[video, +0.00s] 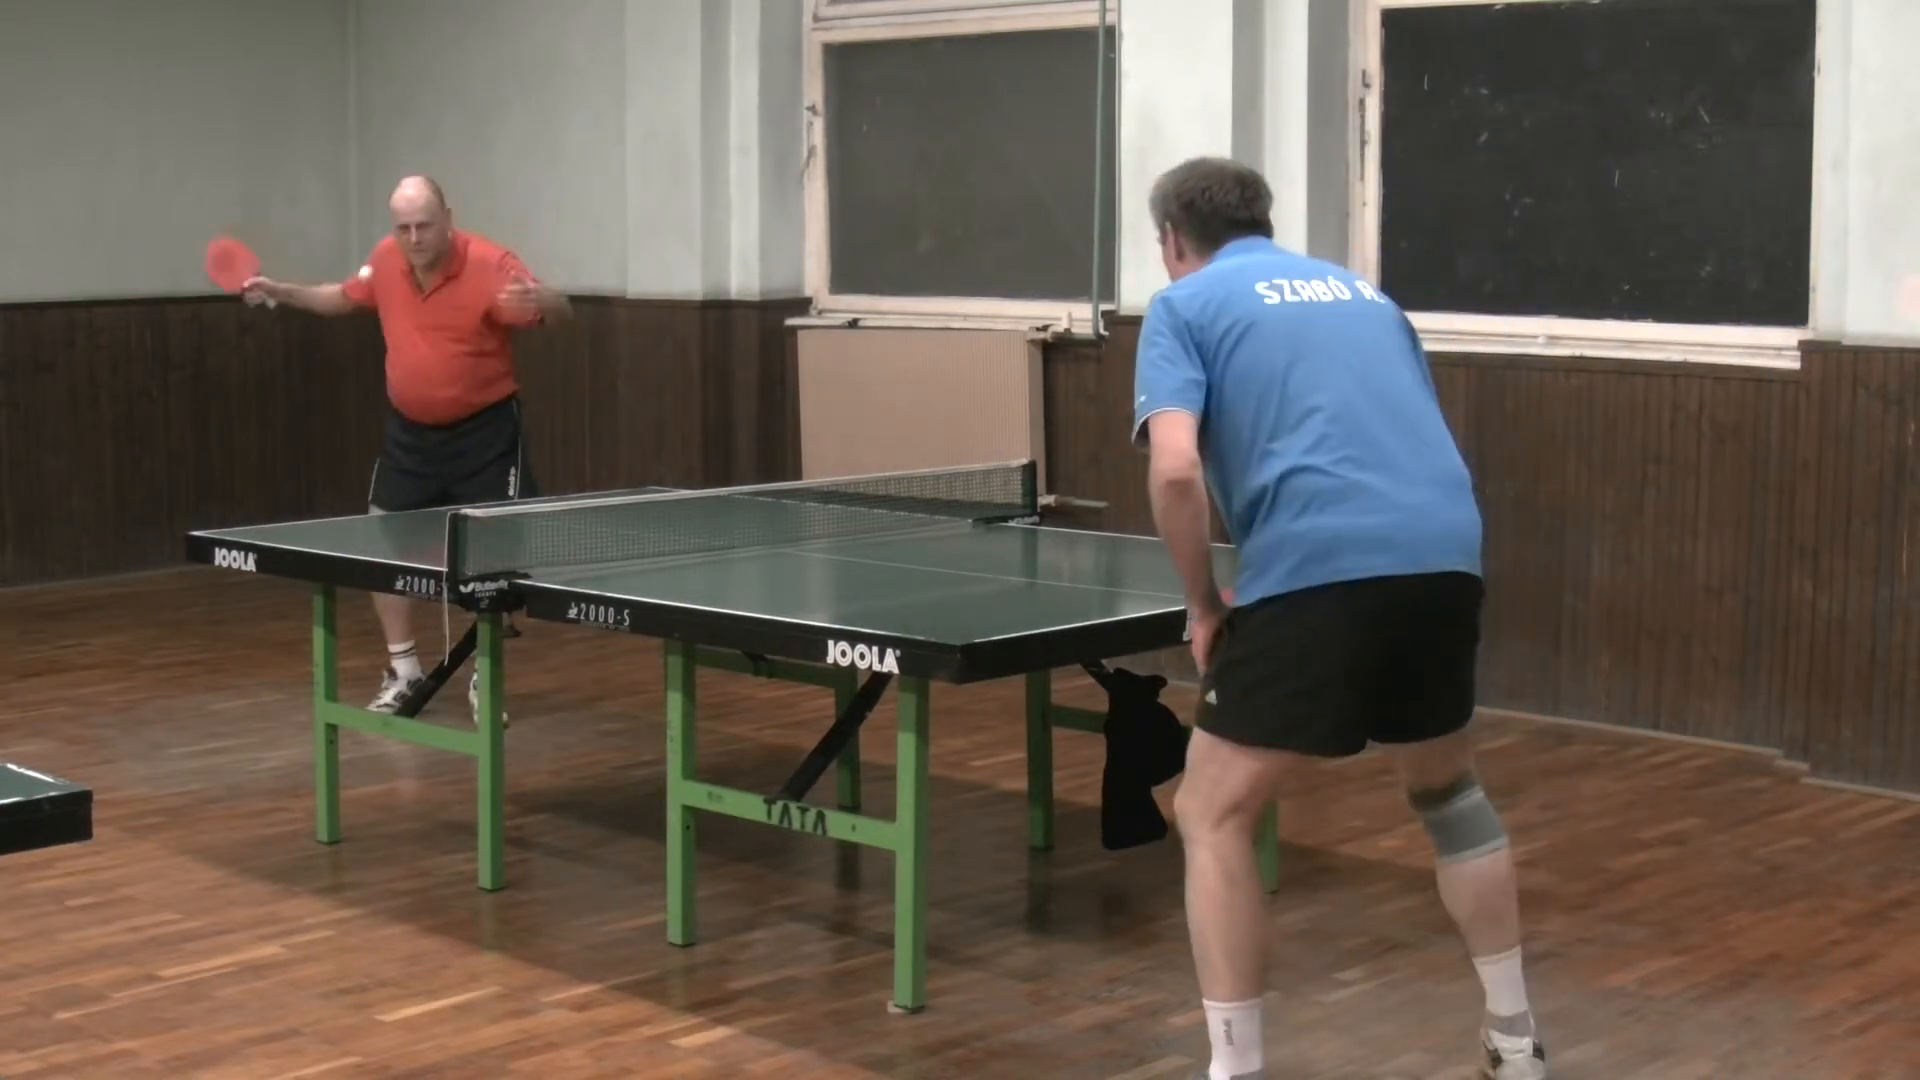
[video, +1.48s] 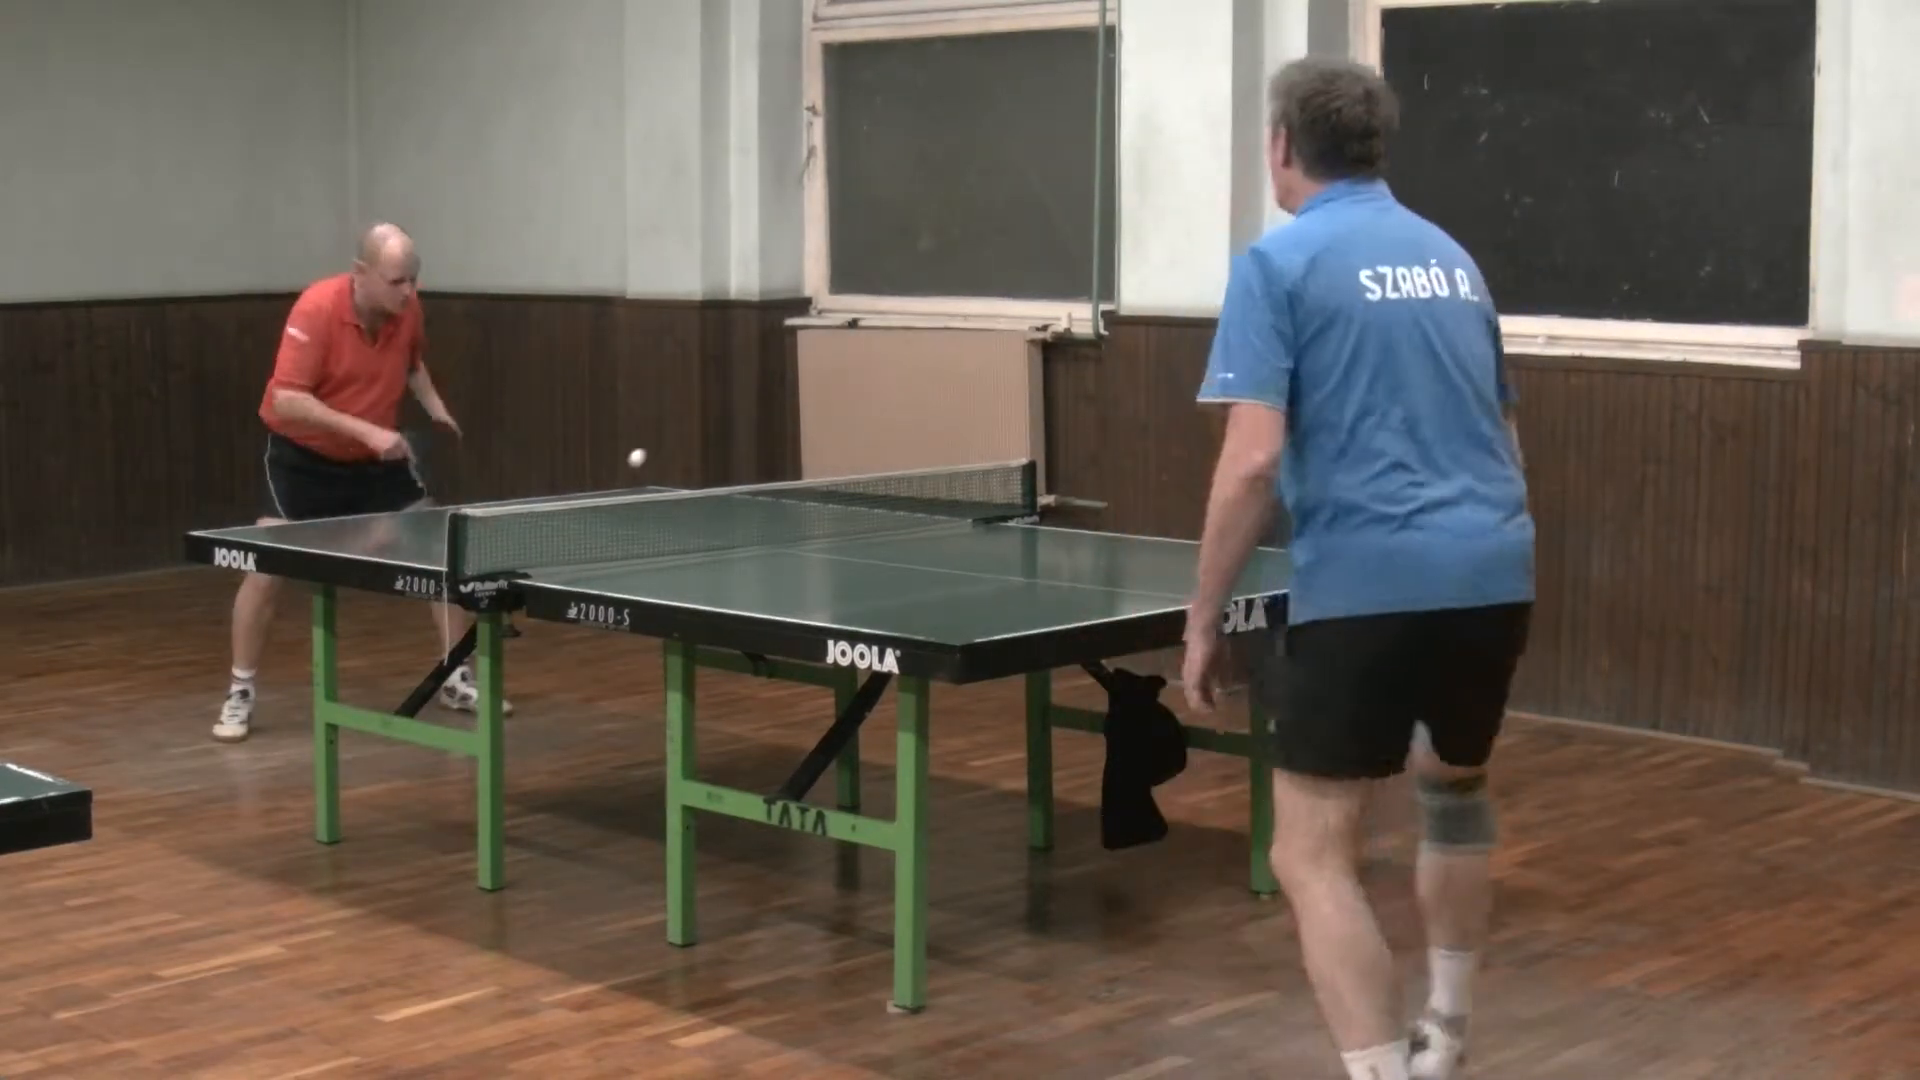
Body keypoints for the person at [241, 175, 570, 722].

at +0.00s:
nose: (413, 237)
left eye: (424, 225)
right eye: (403, 227)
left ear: (449, 219)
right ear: (393, 225)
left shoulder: (489, 263)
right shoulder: (387, 259)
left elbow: (557, 311)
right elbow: (345, 296)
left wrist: (538, 303)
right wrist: (281, 292)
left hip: (484, 433)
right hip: (410, 435)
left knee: (491, 557)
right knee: (381, 547)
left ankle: (484, 680)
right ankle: (406, 672)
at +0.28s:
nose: (437, 276)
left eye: (449, 265)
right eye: (426, 265)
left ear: (466, 253)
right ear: (409, 254)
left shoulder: (496, 281)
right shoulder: (388, 262)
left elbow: (550, 327)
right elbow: (340, 327)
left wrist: (574, 340)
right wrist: (379, 350)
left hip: (462, 436)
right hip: (384, 432)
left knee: (471, 561)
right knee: (337, 540)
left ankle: (481, 675)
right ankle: (364, 659)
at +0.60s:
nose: (414, 264)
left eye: (422, 252)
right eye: (403, 254)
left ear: (431, 248)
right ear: (375, 250)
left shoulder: (444, 287)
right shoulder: (341, 278)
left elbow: (481, 327)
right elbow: (286, 351)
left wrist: (531, 339)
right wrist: (337, 378)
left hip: (411, 447)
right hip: (329, 447)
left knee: (453, 564)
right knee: (283, 560)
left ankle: (479, 683)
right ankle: (259, 688)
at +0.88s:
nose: (376, 260)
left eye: (383, 249)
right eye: (363, 251)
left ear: (391, 246)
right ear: (334, 252)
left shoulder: (409, 287)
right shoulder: (301, 293)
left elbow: (444, 332)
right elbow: (263, 375)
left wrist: (478, 359)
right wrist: (310, 422)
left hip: (393, 448)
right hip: (311, 451)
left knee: (441, 556)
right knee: (268, 559)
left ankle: (460, 674)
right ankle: (245, 689)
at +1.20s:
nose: (381, 270)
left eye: (387, 259)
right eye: (368, 262)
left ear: (393, 257)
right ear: (339, 263)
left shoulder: (407, 296)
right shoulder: (305, 305)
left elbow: (437, 351)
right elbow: (272, 394)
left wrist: (459, 393)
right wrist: (335, 435)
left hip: (388, 458)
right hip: (308, 462)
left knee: (446, 555)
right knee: (265, 564)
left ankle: (459, 676)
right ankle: (244, 690)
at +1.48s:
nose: (409, 292)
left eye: (412, 281)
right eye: (398, 281)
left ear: (415, 275)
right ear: (362, 273)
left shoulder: (408, 308)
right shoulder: (318, 308)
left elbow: (412, 363)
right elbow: (285, 401)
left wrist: (436, 407)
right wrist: (369, 433)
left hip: (378, 458)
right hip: (304, 459)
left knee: (441, 552)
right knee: (268, 566)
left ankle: (459, 676)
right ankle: (240, 691)